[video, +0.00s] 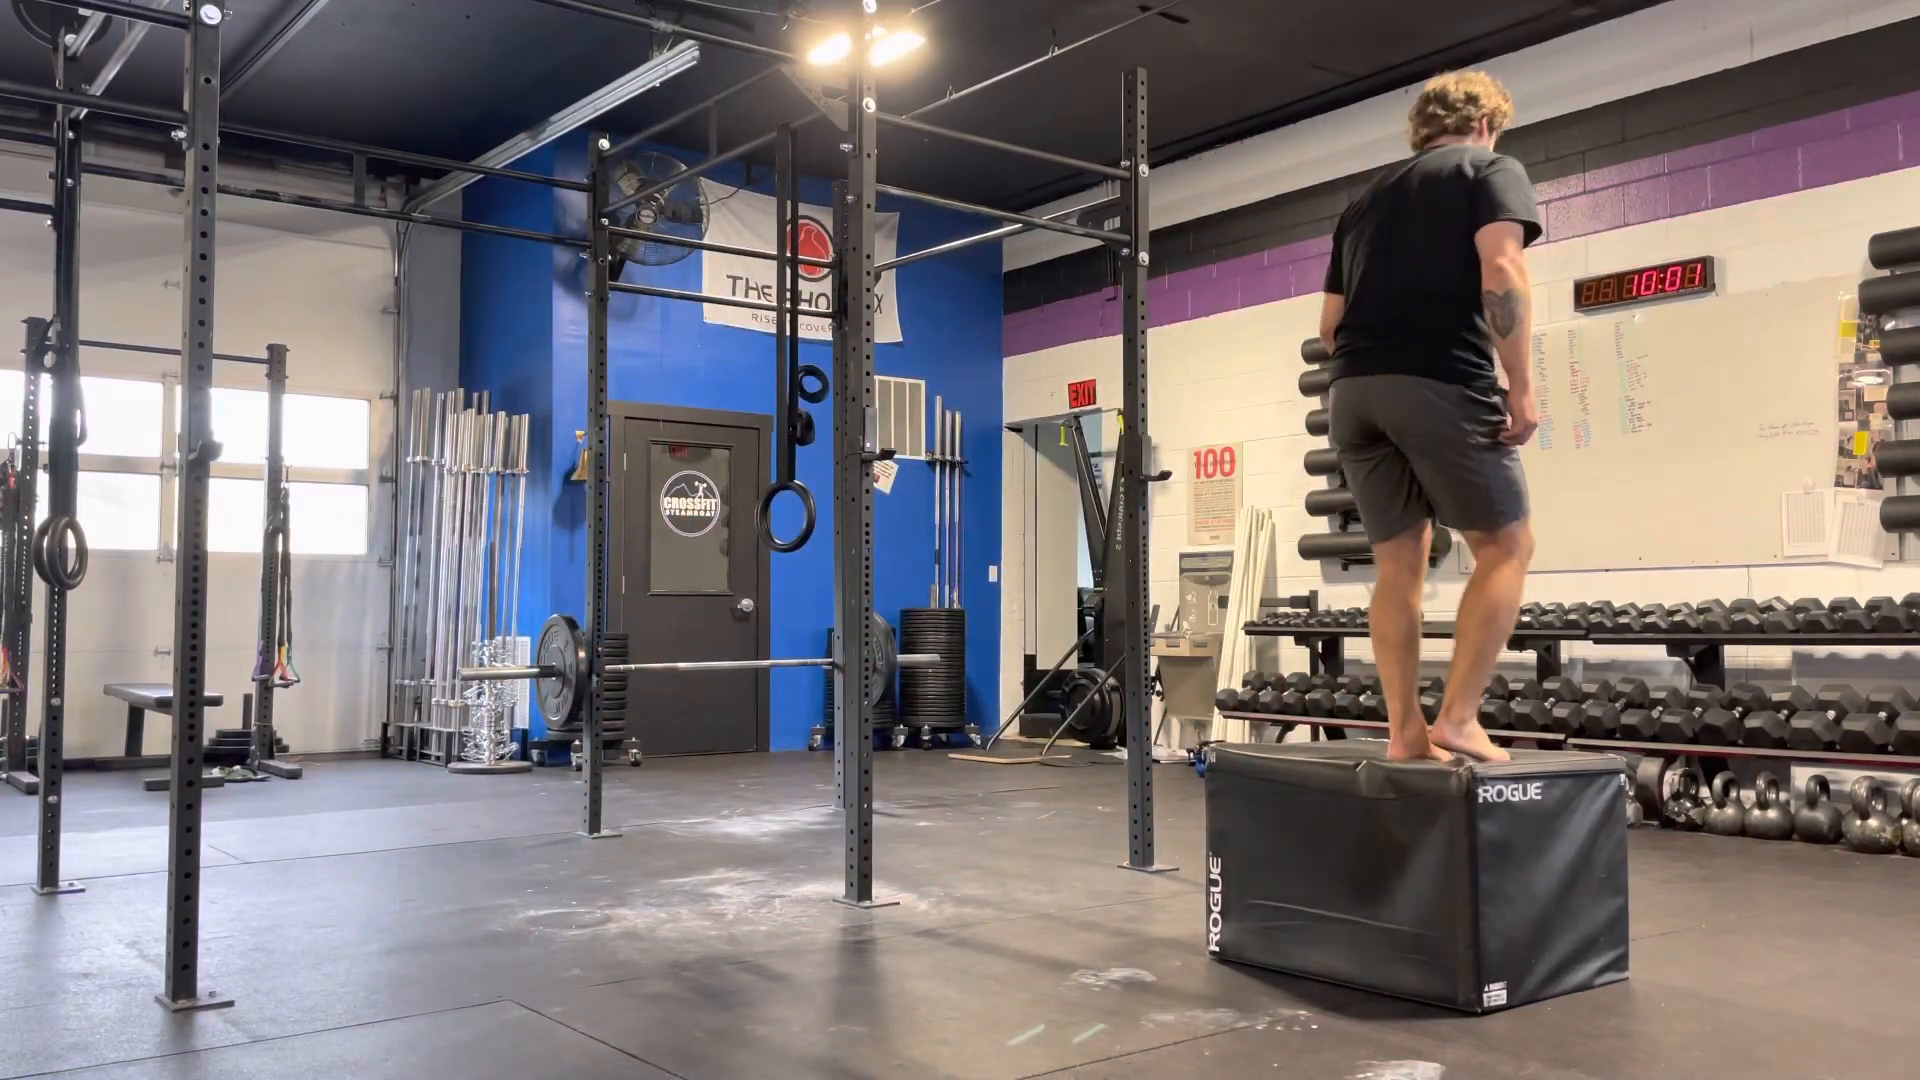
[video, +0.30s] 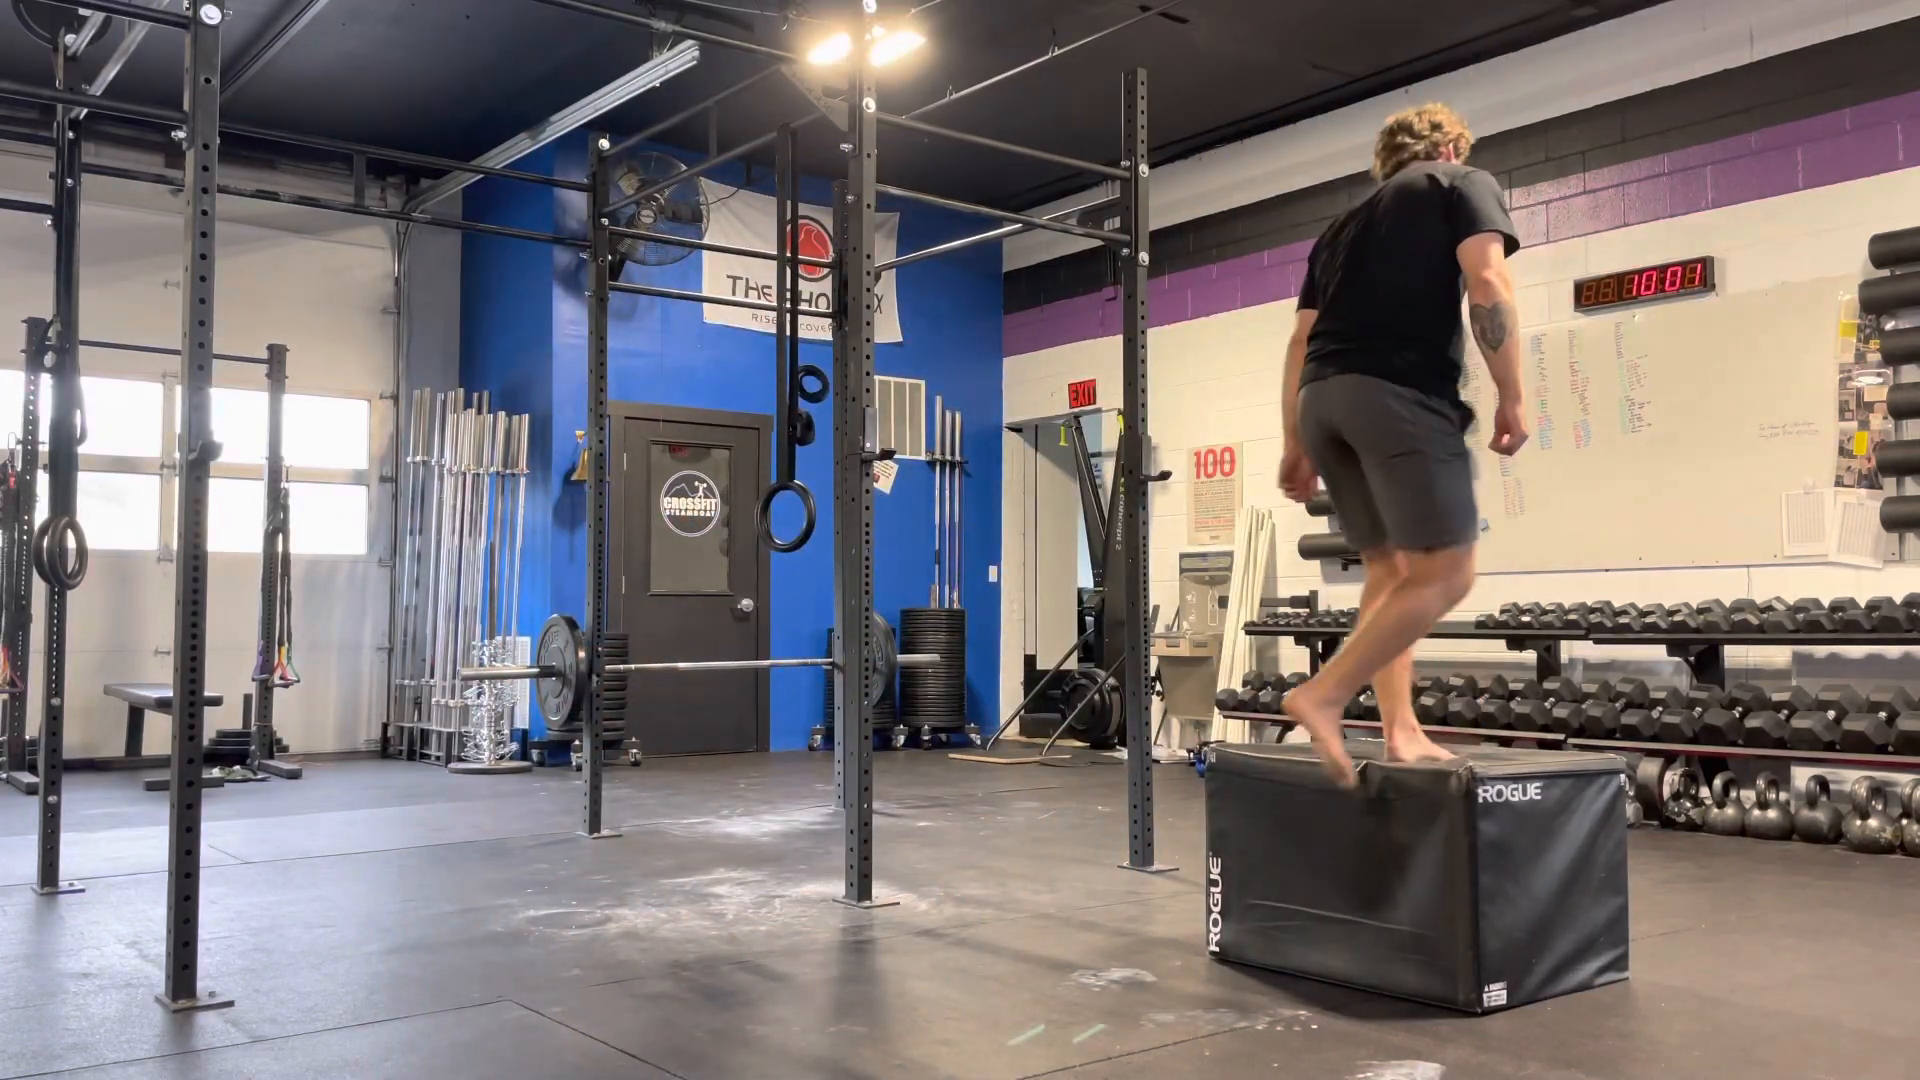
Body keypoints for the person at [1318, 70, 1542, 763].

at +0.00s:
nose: (1500, 144)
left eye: (1500, 135)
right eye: (1499, 134)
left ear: (1419, 130)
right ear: (1482, 127)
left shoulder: (1365, 199)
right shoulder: (1488, 167)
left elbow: (1331, 323)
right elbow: (1500, 273)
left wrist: (1370, 377)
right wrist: (1520, 387)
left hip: (1352, 389)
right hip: (1438, 384)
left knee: (1398, 553)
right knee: (1502, 548)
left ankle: (1406, 732)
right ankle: (1457, 720)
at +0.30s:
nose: (1467, 165)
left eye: (1465, 157)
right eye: (1465, 156)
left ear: (1386, 160)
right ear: (1449, 149)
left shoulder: (1341, 227)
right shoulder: (1459, 183)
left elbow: (1302, 336)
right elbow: (1485, 280)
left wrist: (1295, 438)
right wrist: (1510, 396)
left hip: (1321, 396)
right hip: (1396, 392)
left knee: (1383, 568)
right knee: (1443, 573)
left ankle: (1403, 735)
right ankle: (1319, 698)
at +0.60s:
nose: (1426, 235)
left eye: (1423, 225)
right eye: (1422, 225)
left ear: (1339, 235)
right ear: (1406, 225)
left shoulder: (1301, 296)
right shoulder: (1428, 267)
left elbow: (1248, 413)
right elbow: (1488, 395)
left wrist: (1266, 516)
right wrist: (1502, 478)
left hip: (1267, 474)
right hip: (1337, 483)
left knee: (1387, 559)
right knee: (1314, 685)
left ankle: (1402, 732)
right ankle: (1255, 855)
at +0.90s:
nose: (1326, 317)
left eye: (1324, 303)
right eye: (1324, 304)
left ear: (1244, 311)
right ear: (1305, 310)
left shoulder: (1186, 399)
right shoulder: (1311, 383)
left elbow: (1148, 519)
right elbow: (1386, 512)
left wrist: (1172, 613)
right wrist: (1429, 566)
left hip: (1199, 615)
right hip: (1272, 621)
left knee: (1326, 560)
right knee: (1291, 815)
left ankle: (1389, 725)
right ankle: (1205, 992)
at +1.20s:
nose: (1221, 264)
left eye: (1217, 249)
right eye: (1214, 250)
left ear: (1128, 267)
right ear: (1191, 259)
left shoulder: (1085, 357)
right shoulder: (1192, 345)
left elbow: (1054, 478)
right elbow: (1181, 465)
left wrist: (1086, 567)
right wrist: (1183, 593)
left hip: (1090, 592)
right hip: (1157, 593)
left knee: (1159, 738)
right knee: (1213, 786)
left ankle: (1061, 830)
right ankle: (1203, 987)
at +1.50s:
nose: (1089, 269)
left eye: (1084, 255)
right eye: (1075, 254)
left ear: (1032, 271)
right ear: (1034, 267)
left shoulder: (1024, 357)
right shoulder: (1008, 348)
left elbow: (1028, 505)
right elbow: (978, 474)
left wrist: (1089, 591)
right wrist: (1032, 595)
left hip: (967, 616)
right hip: (1000, 615)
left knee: (985, 796)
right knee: (1099, 788)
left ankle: (910, 994)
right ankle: (1141, 984)